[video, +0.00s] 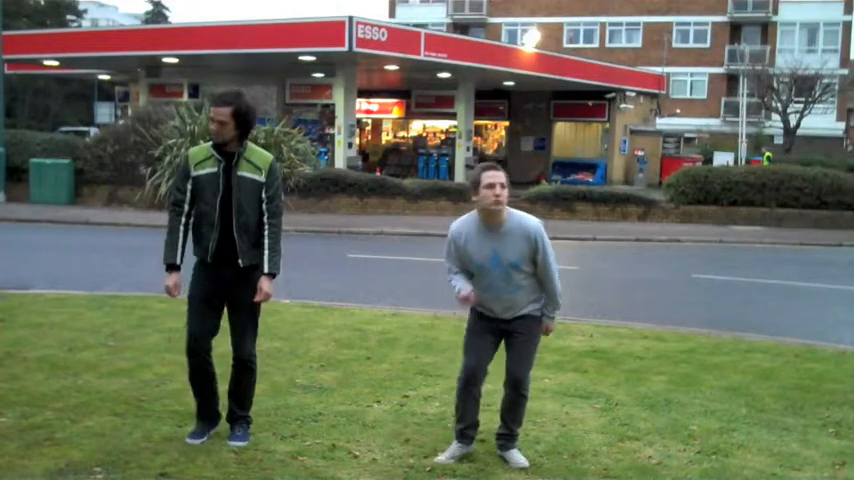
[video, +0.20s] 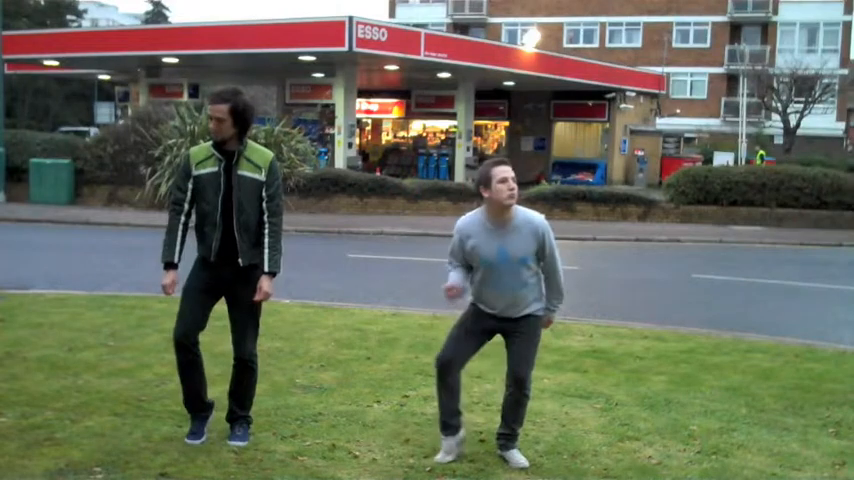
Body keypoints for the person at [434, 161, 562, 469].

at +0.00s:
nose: (497, 193)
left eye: (502, 187)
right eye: (489, 187)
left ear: (508, 192)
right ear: (476, 195)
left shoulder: (531, 228)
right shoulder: (460, 230)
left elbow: (549, 274)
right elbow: (454, 270)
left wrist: (550, 313)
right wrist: (463, 287)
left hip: (526, 316)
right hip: (484, 314)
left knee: (518, 380)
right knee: (470, 373)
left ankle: (507, 444)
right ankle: (463, 441)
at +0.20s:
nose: (512, 186)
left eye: (514, 181)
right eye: (503, 182)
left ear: (518, 186)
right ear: (485, 192)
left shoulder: (536, 225)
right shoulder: (466, 227)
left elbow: (553, 269)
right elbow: (458, 264)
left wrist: (552, 307)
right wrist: (456, 282)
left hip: (526, 316)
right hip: (483, 312)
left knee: (520, 380)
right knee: (446, 363)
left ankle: (507, 445)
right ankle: (451, 436)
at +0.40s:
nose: (517, 184)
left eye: (518, 178)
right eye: (508, 179)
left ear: (522, 183)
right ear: (489, 188)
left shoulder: (539, 222)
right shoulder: (469, 225)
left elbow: (553, 267)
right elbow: (458, 263)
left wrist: (551, 305)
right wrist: (449, 282)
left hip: (526, 315)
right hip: (485, 313)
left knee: (520, 381)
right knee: (471, 373)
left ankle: (507, 445)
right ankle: (457, 438)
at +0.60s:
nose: (489, 185)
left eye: (497, 180)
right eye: (486, 179)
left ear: (516, 187)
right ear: (481, 185)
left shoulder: (540, 223)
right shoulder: (471, 225)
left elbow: (560, 267)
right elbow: (462, 264)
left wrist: (558, 308)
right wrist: (455, 275)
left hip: (530, 316)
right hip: (489, 313)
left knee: (523, 381)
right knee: (485, 371)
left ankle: (508, 444)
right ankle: (462, 436)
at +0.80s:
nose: (483, 184)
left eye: (491, 178)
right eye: (483, 177)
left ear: (513, 186)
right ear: (486, 183)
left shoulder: (544, 221)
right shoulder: (475, 224)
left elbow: (567, 257)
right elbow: (464, 263)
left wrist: (553, 287)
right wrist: (445, 274)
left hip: (533, 318)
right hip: (492, 313)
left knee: (526, 383)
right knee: (447, 359)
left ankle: (508, 444)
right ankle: (457, 433)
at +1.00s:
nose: (478, 179)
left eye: (484, 174)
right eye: (481, 173)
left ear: (503, 182)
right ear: (500, 181)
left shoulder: (544, 217)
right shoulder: (481, 215)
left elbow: (572, 255)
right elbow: (478, 259)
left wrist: (557, 279)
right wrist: (465, 280)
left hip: (532, 318)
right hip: (491, 311)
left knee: (521, 383)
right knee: (448, 360)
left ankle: (508, 445)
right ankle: (458, 436)